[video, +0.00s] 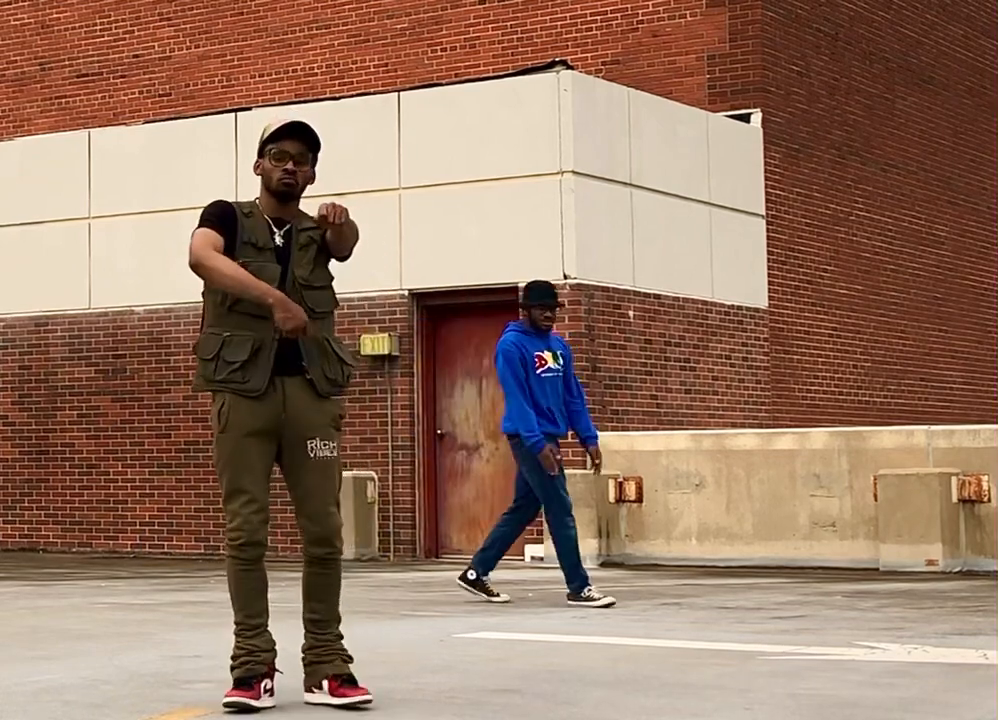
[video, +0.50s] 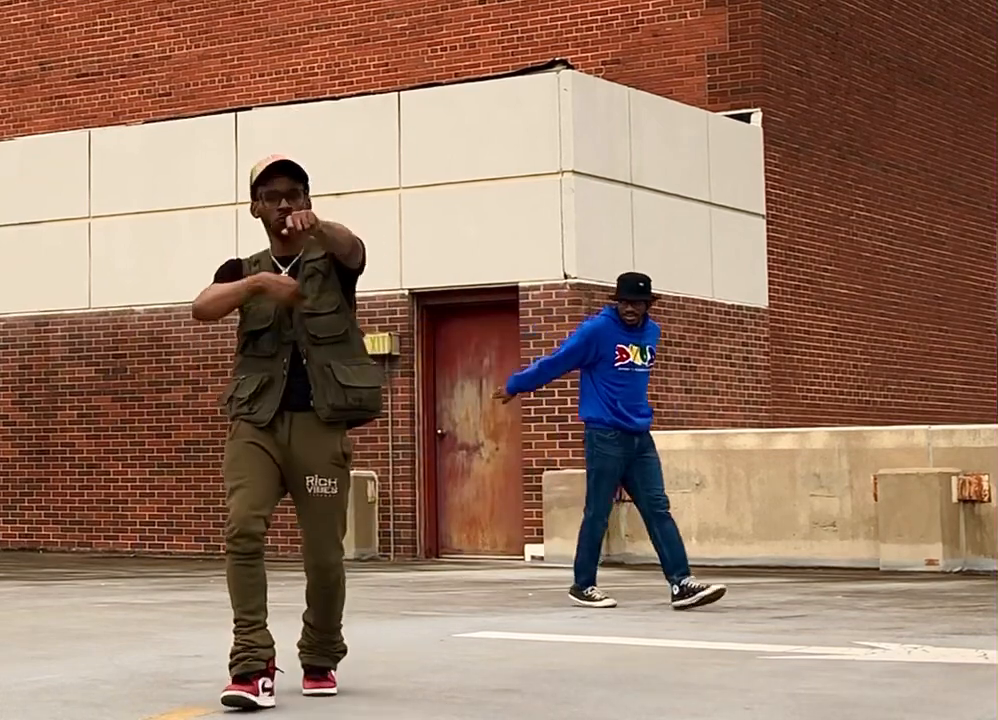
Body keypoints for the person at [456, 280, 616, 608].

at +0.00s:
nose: (550, 316)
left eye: (553, 310)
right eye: (542, 310)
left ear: (557, 310)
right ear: (525, 310)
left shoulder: (559, 345)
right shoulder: (511, 344)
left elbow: (572, 395)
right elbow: (516, 399)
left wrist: (589, 438)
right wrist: (539, 443)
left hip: (549, 436)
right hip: (527, 436)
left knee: (524, 509)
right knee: (559, 507)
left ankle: (476, 573)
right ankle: (578, 587)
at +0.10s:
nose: (569, 311)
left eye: (573, 305)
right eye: (561, 306)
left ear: (577, 305)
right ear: (547, 308)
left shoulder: (580, 340)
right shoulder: (531, 342)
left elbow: (579, 391)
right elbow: (512, 394)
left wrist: (582, 434)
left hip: (574, 433)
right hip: (548, 432)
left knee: (568, 510)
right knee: (572, 508)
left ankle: (505, 557)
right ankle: (580, 587)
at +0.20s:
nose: (585, 310)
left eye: (589, 304)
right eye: (578, 305)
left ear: (597, 302)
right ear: (565, 304)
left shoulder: (599, 333)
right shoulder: (548, 332)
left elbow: (583, 377)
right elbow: (508, 367)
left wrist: (594, 410)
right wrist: (470, 393)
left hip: (592, 431)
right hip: (565, 431)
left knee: (605, 506)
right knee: (578, 509)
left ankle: (544, 552)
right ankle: (581, 588)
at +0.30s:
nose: (594, 309)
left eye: (599, 302)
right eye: (587, 303)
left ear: (608, 302)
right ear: (575, 303)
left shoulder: (610, 330)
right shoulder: (560, 329)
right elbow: (517, 354)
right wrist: (475, 371)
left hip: (604, 433)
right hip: (573, 432)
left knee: (624, 502)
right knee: (581, 511)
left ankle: (576, 562)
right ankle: (581, 588)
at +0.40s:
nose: (608, 307)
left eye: (614, 301)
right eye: (602, 302)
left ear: (625, 301)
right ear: (592, 301)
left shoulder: (630, 330)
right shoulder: (577, 329)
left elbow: (605, 366)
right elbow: (532, 350)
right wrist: (487, 365)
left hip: (619, 432)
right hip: (585, 433)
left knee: (644, 500)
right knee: (588, 510)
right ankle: (582, 586)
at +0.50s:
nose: (632, 310)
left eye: (638, 304)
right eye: (626, 303)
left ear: (648, 303)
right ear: (616, 301)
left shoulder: (652, 331)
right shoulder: (597, 330)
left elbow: (631, 374)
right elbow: (556, 361)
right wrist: (515, 384)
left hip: (639, 436)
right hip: (605, 435)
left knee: (657, 507)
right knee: (597, 512)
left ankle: (681, 584)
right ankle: (583, 586)